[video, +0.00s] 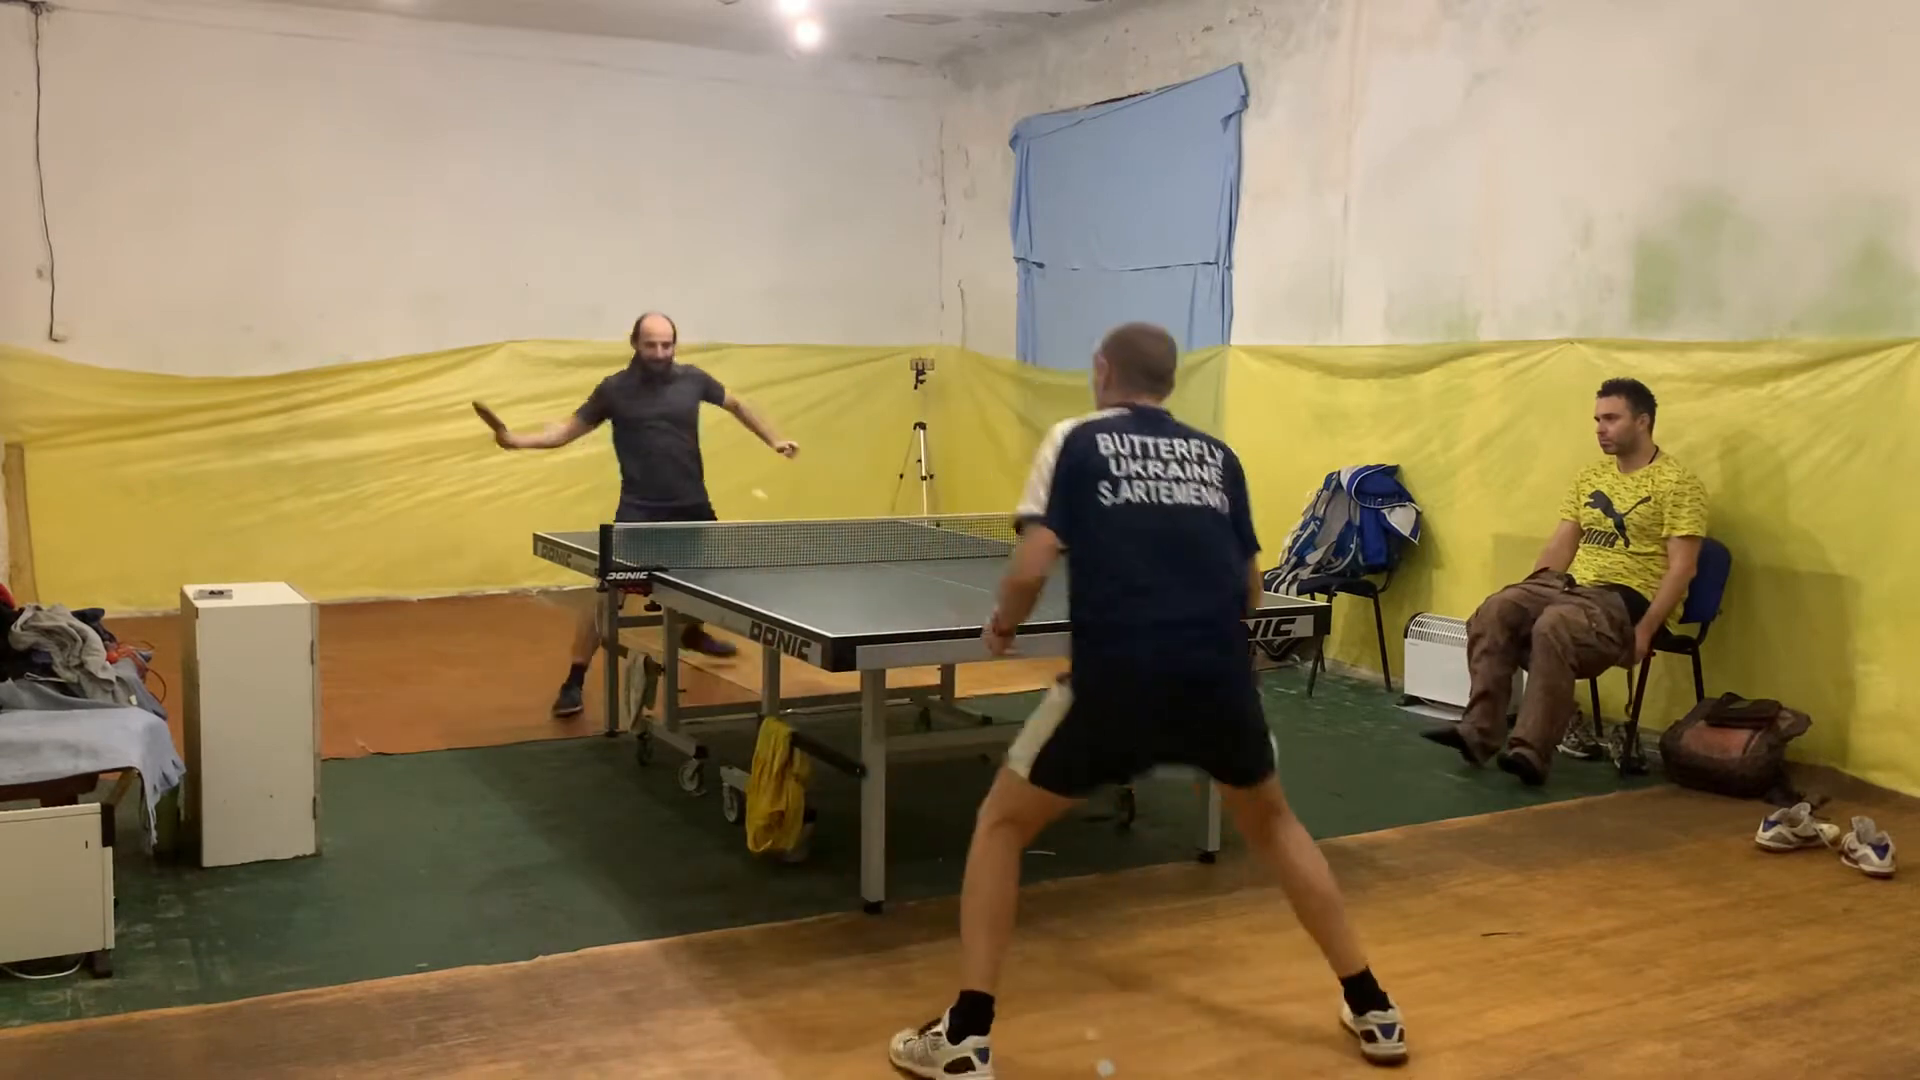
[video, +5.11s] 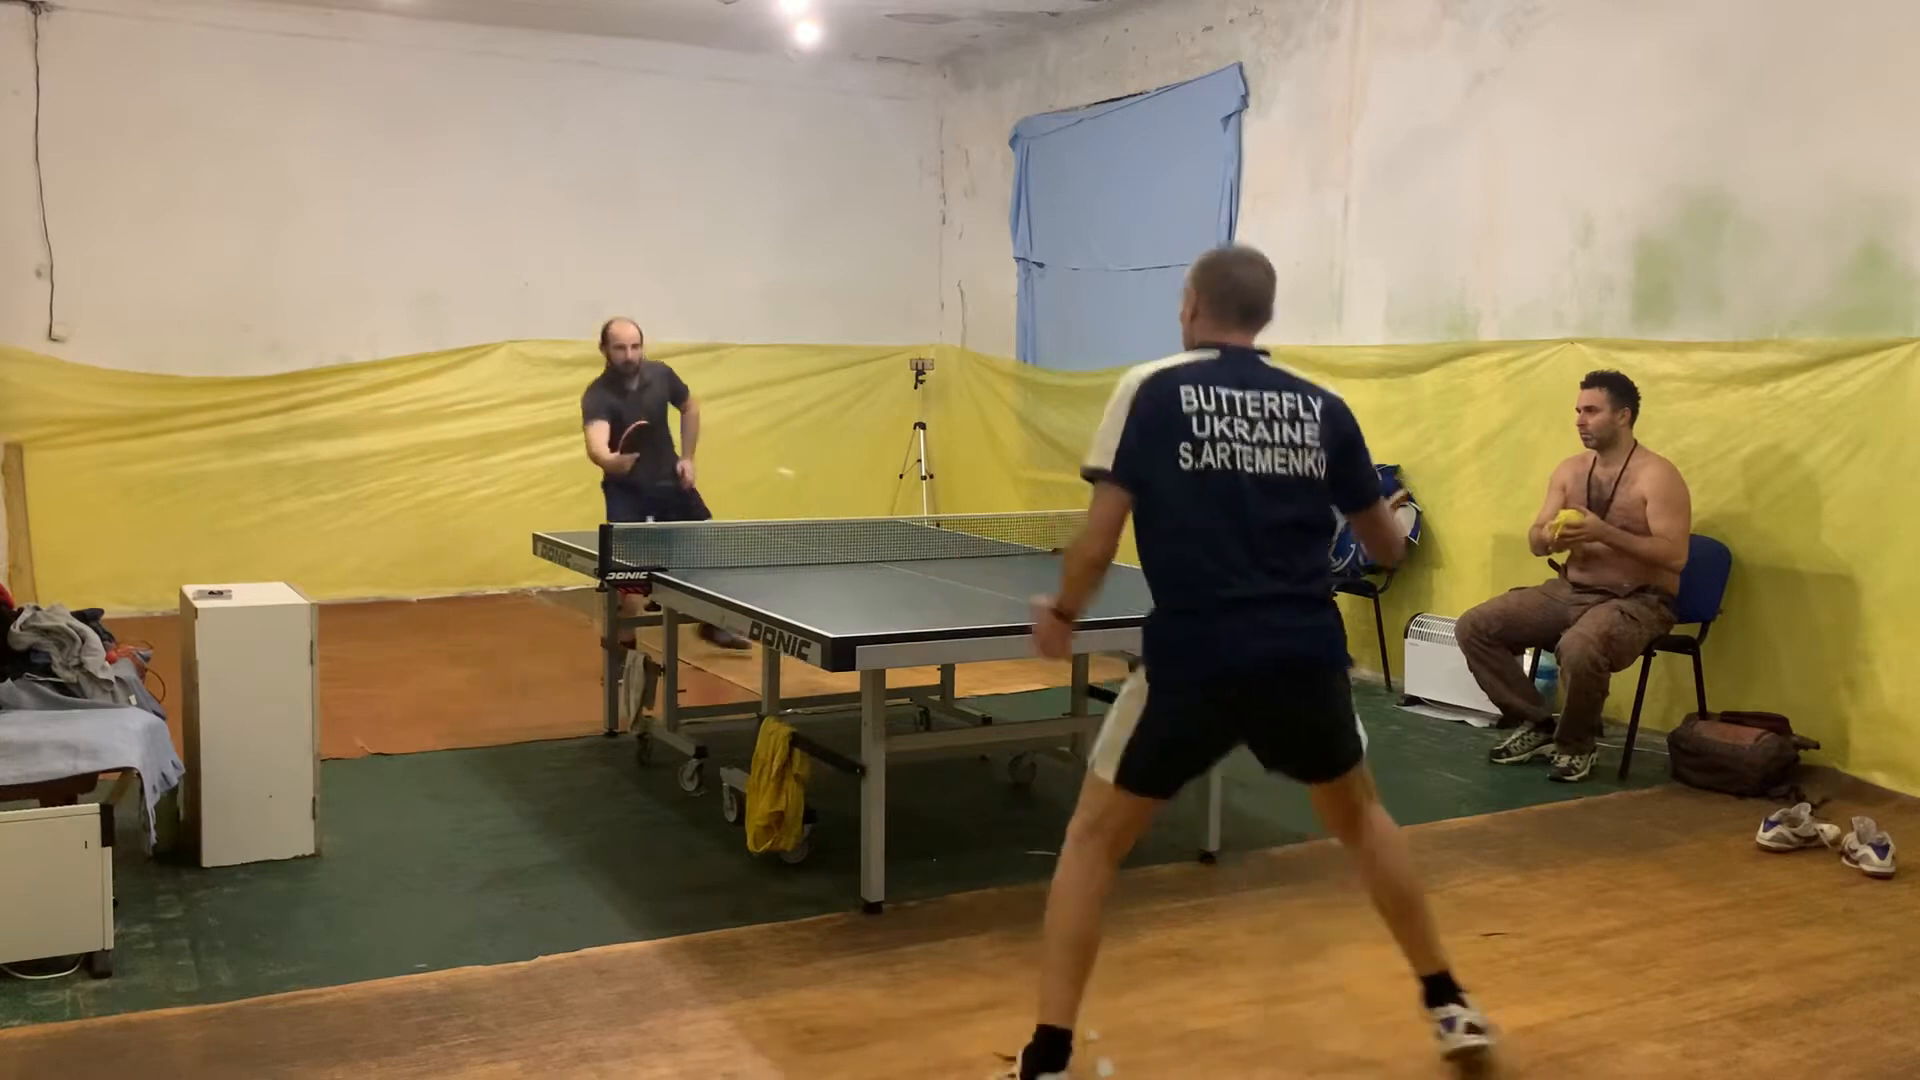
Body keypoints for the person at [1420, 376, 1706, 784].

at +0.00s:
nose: (1599, 429)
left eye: (1609, 419)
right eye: (1597, 420)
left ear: (1643, 421)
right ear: (1595, 422)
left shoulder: (1677, 483)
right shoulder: (1591, 477)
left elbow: (1683, 567)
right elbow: (1561, 544)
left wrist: (1645, 628)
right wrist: (1534, 589)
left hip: (1629, 597)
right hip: (1570, 588)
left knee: (1554, 627)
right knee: (1494, 613)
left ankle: (1531, 750)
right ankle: (1479, 732)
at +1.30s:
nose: (1583, 432)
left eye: (1593, 422)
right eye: (1579, 422)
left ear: (1626, 420)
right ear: (1576, 422)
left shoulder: (1663, 481)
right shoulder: (1577, 476)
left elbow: (1685, 561)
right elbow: (1554, 543)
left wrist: (1644, 622)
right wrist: (1532, 592)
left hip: (1631, 597)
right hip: (1570, 590)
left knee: (1555, 623)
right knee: (1489, 617)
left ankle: (1544, 749)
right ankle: (1493, 734)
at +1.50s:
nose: (1592, 412)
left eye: (1605, 404)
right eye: (1589, 403)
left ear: (1635, 411)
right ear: (1584, 408)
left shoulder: (1655, 472)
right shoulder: (1573, 462)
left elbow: (1639, 548)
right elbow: (1513, 492)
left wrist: (1557, 526)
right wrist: (1534, 449)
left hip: (1637, 601)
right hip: (1572, 593)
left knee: (1580, 651)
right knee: (1474, 630)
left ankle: (1577, 746)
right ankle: (1535, 722)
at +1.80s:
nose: (1587, 413)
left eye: (1599, 404)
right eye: (1585, 404)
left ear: (1632, 412)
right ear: (1582, 408)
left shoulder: (1656, 473)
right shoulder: (1569, 465)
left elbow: (1650, 550)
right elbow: (1531, 526)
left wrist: (1581, 516)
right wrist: (1497, 482)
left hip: (1637, 601)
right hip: (1571, 594)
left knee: (1579, 650)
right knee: (1474, 629)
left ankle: (1577, 745)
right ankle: (1535, 722)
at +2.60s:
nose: (1577, 416)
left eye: (1588, 406)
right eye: (1577, 407)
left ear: (1622, 412)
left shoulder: (1654, 472)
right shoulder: (1571, 468)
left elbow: (1649, 549)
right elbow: (1556, 546)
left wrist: (1580, 517)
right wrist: (1529, 529)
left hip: (1639, 601)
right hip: (1574, 595)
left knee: (1579, 649)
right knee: (1475, 629)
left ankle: (1577, 746)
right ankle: (1535, 723)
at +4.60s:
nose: (1579, 420)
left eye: (1590, 411)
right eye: (1577, 411)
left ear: (1623, 415)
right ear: (1576, 414)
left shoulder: (1657, 475)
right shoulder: (1569, 471)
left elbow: (1674, 555)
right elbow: (1537, 543)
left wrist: (1603, 533)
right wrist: (1544, 536)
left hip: (1638, 599)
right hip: (1572, 591)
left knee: (1579, 649)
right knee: (1475, 628)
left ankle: (1576, 746)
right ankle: (1535, 722)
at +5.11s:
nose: (1579, 420)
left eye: (1591, 410)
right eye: (1578, 411)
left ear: (1624, 416)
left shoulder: (1659, 476)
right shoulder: (1570, 470)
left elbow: (1674, 555)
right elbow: (1537, 543)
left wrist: (1603, 532)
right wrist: (1552, 532)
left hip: (1639, 599)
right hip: (1572, 591)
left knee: (1579, 649)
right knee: (1475, 628)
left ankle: (1577, 745)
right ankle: (1535, 721)